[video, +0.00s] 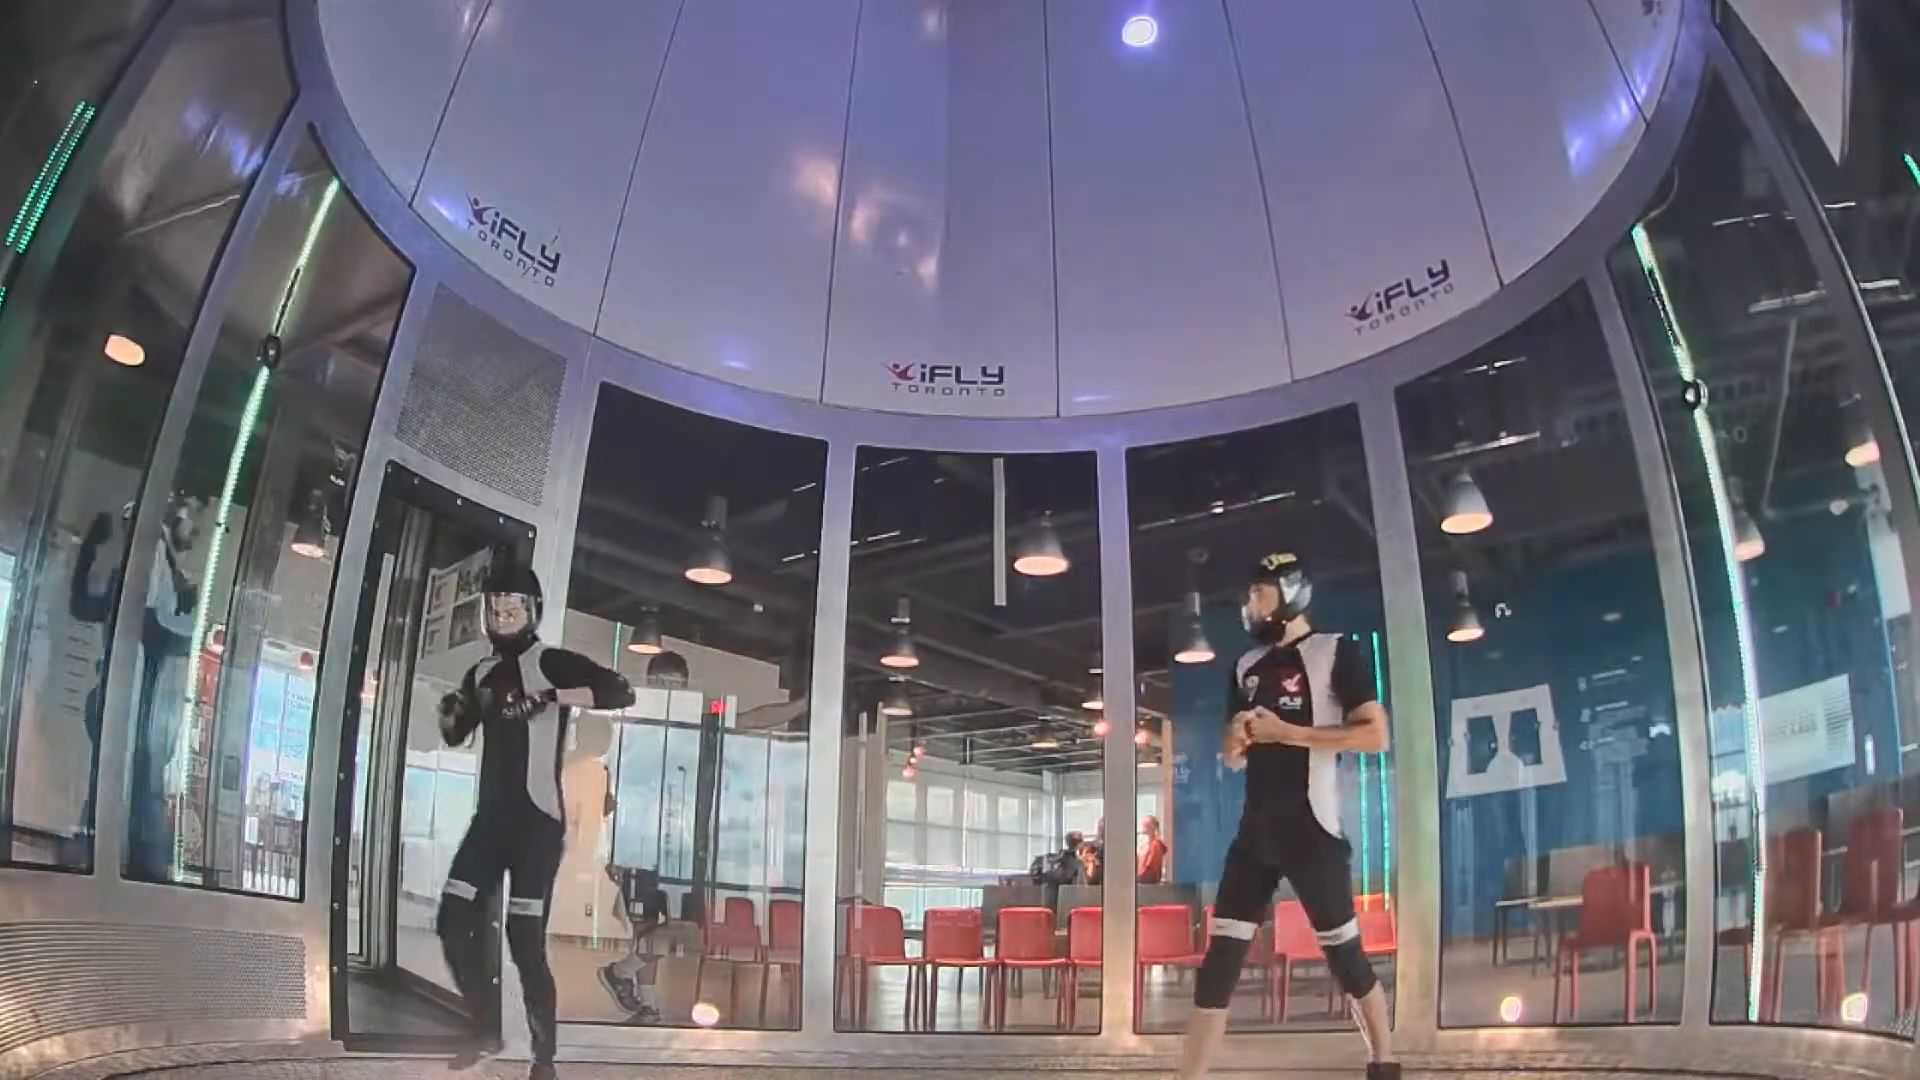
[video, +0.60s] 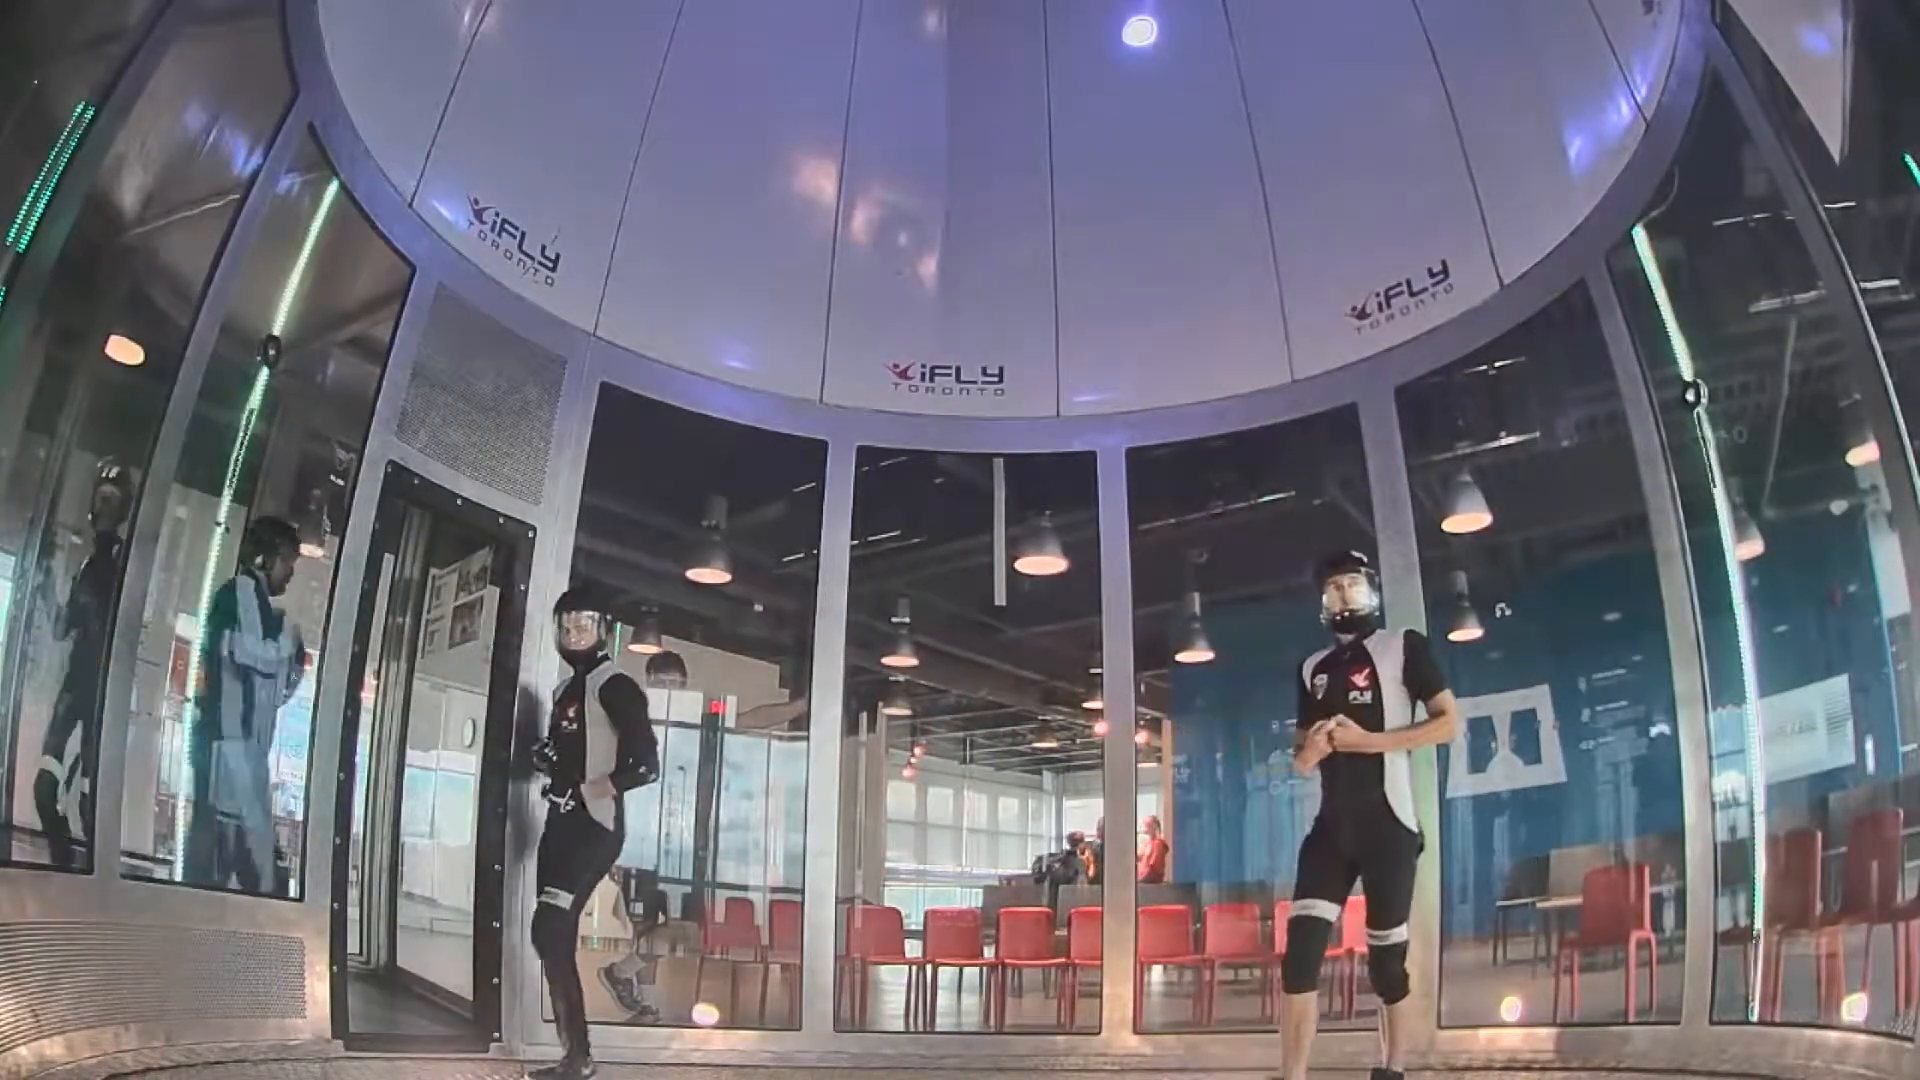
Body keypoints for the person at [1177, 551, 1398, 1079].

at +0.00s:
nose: (1252, 602)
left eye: (1262, 591)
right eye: (1252, 592)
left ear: (1292, 595)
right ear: (1256, 599)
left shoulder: (1338, 652)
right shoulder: (1245, 667)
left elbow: (1375, 735)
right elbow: (1230, 756)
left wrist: (1289, 732)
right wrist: (1236, 741)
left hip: (1315, 828)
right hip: (1257, 828)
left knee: (1346, 960)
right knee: (1221, 957)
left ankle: (1383, 1062)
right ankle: (1188, 1076)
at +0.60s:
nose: (1343, 596)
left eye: (1352, 585)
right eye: (1334, 587)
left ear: (1373, 591)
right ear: (1322, 598)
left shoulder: (1405, 646)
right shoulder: (1311, 667)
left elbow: (1449, 723)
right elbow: (1302, 760)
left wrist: (1371, 741)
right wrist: (1311, 750)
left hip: (1391, 826)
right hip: (1331, 827)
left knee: (1386, 966)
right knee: (1300, 955)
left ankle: (1393, 1066)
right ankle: (1293, 1075)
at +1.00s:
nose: (1327, 588)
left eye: (1336, 577)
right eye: (1317, 580)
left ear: (1355, 586)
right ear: (1304, 592)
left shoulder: (1399, 641)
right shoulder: (1292, 659)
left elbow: (1434, 702)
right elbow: (1284, 734)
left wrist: (1366, 647)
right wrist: (1322, 666)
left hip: (1382, 828)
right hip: (1318, 830)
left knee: (1387, 967)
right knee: (1313, 962)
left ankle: (1392, 1065)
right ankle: (1302, 1076)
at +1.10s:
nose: (1314, 579)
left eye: (1321, 573)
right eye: (1303, 571)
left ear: (1340, 584)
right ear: (1294, 588)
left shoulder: (1373, 634)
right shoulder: (1287, 641)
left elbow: (1408, 657)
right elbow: (1284, 665)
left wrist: (1366, 564)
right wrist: (1320, 583)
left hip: (1373, 816)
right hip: (1308, 820)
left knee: (1381, 965)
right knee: (1311, 967)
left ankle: (1391, 1062)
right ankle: (1301, 1078)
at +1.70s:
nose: (1298, 562)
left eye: (1305, 556)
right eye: (1282, 558)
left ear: (1321, 569)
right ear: (1268, 582)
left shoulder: (1372, 625)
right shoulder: (1271, 638)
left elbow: (1380, 574)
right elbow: (1283, 578)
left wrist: (1349, 475)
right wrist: (1295, 478)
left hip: (1379, 815)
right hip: (1306, 821)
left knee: (1395, 969)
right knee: (1307, 977)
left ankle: (1421, 1070)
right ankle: (1301, 1077)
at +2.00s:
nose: (1324, 550)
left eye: (1333, 541)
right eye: (1313, 544)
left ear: (1352, 556)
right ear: (1301, 563)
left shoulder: (1396, 620)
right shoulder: (1299, 631)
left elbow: (1422, 597)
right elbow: (1287, 606)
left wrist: (1369, 497)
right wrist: (1314, 500)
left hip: (1396, 815)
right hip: (1323, 819)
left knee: (1406, 977)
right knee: (1313, 979)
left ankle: (1437, 1074)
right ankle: (1304, 1077)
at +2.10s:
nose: (1343, 553)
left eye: (1353, 540)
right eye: (1332, 544)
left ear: (1376, 545)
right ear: (1322, 557)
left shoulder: (1421, 607)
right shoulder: (1326, 621)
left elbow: (1464, 656)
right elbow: (1291, 677)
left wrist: (1398, 576)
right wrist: (1318, 584)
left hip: (1412, 808)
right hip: (1346, 810)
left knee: (1429, 976)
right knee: (1326, 971)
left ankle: (1467, 1070)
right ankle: (1304, 1077)